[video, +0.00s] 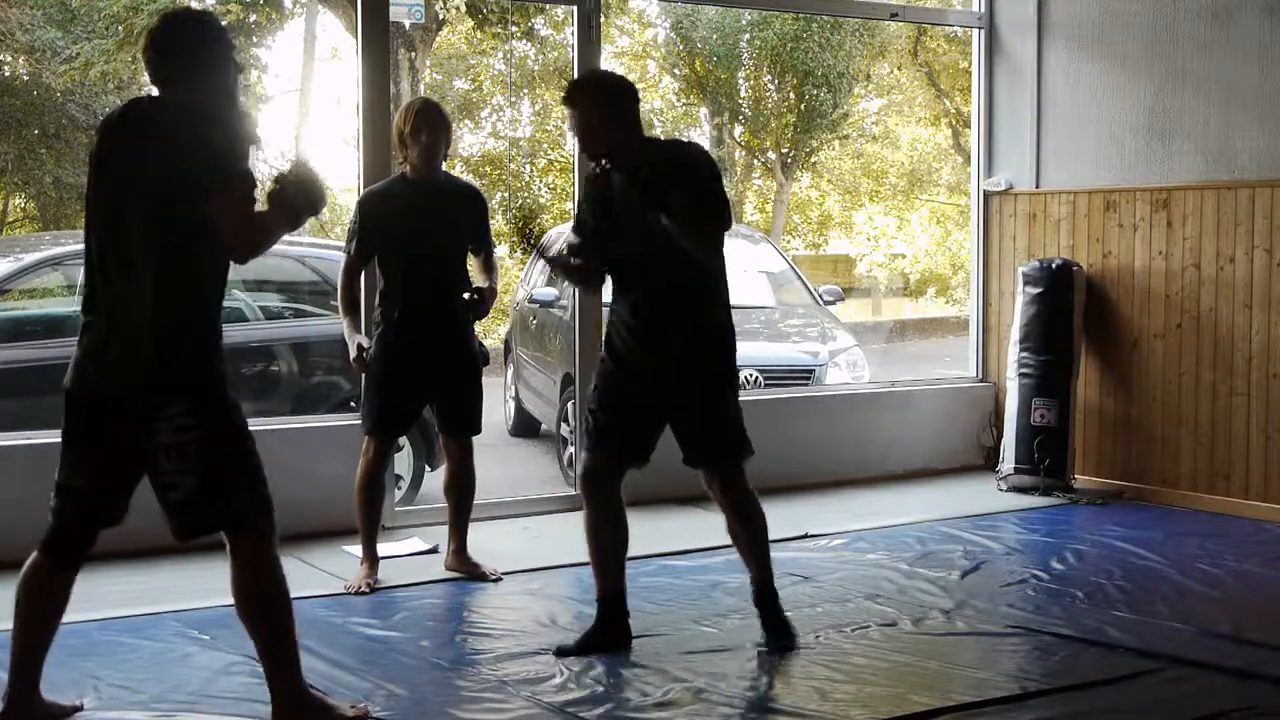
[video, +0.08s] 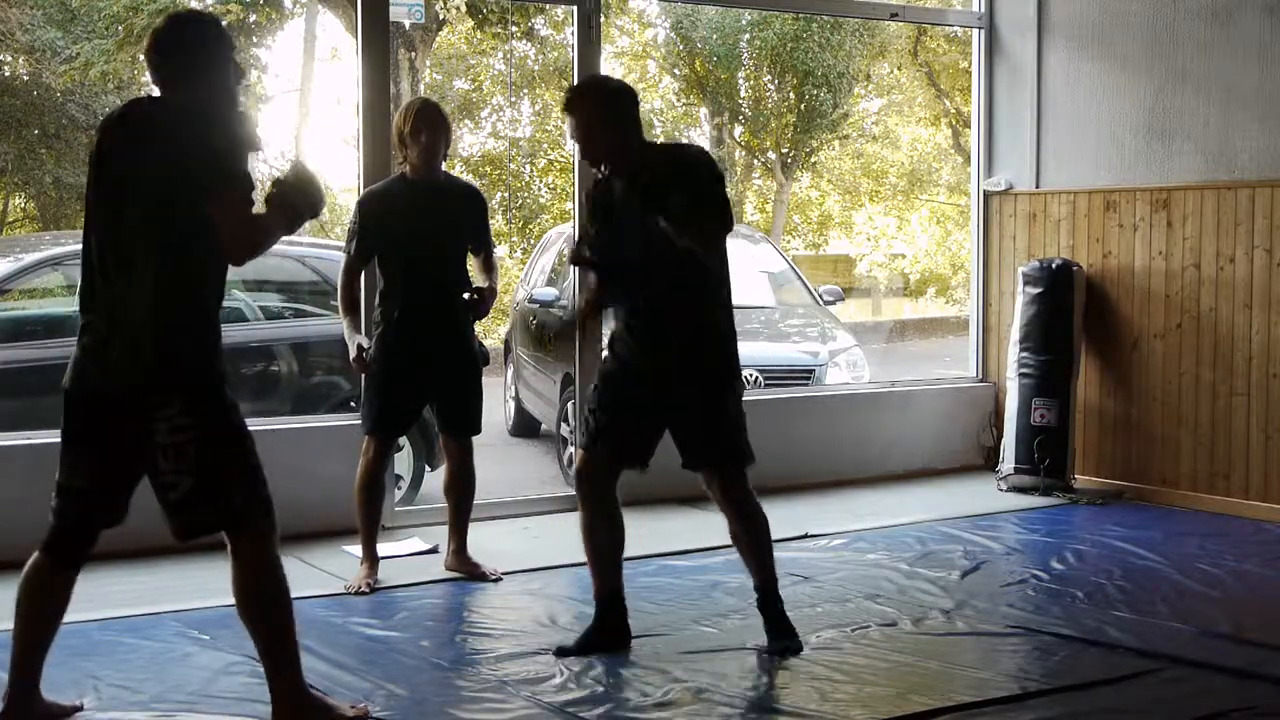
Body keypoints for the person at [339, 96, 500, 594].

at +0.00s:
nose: (430, 140)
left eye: (437, 131)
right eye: (420, 132)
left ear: (448, 137)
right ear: (404, 139)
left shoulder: (467, 198)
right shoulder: (376, 201)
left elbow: (485, 259)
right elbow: (350, 275)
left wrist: (489, 291)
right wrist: (353, 336)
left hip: (453, 337)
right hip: (394, 339)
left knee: (459, 446)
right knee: (377, 447)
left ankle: (457, 551)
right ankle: (368, 561)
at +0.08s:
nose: (430, 141)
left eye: (437, 131)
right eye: (420, 132)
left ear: (448, 137)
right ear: (404, 139)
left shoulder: (467, 198)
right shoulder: (376, 202)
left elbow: (485, 259)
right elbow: (350, 275)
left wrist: (489, 291)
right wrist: (353, 337)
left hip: (453, 337)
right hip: (394, 339)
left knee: (459, 445)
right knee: (377, 447)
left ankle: (457, 551)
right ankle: (368, 561)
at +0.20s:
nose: (430, 141)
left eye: (436, 132)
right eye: (420, 133)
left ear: (447, 138)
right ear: (402, 139)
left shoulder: (466, 198)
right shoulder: (375, 202)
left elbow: (485, 258)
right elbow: (350, 276)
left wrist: (488, 291)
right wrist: (353, 337)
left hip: (452, 337)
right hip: (394, 339)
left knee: (458, 445)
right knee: (377, 447)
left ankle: (457, 551)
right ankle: (368, 561)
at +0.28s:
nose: (430, 141)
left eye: (437, 132)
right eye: (420, 133)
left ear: (447, 137)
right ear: (403, 139)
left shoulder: (466, 198)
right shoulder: (375, 202)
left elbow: (485, 258)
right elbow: (350, 276)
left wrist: (488, 291)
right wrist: (353, 338)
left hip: (452, 337)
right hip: (394, 339)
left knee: (458, 445)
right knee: (376, 447)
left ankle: (457, 551)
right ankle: (368, 561)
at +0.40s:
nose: (428, 140)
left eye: (435, 131)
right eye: (418, 132)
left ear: (446, 138)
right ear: (401, 140)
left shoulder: (466, 197)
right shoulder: (377, 200)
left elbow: (485, 259)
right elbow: (349, 273)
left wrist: (488, 292)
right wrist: (352, 338)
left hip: (452, 336)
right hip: (393, 338)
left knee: (458, 445)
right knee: (376, 447)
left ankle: (457, 551)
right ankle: (368, 561)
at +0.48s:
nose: (426, 140)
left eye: (434, 132)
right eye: (417, 132)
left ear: (445, 138)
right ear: (400, 140)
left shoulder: (465, 197)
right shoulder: (378, 197)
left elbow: (485, 259)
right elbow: (349, 273)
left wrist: (488, 292)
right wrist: (352, 338)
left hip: (451, 336)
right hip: (393, 337)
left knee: (458, 445)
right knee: (376, 447)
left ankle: (457, 551)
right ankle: (368, 561)